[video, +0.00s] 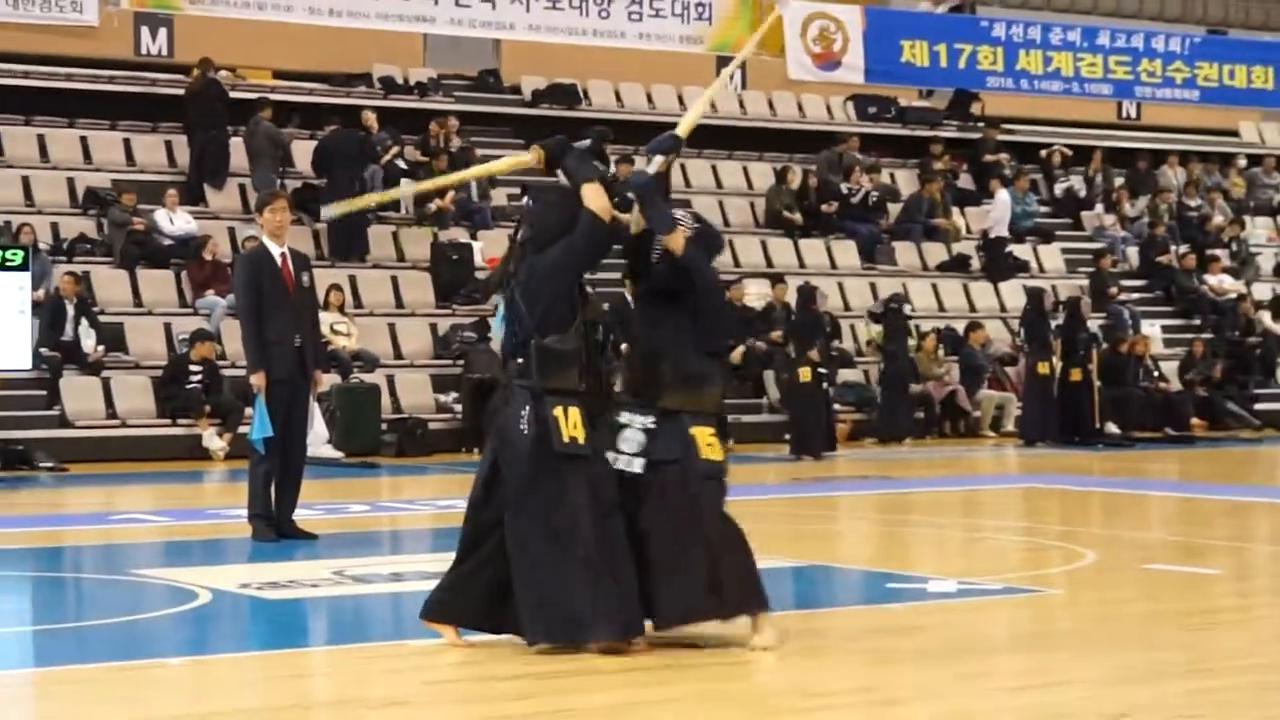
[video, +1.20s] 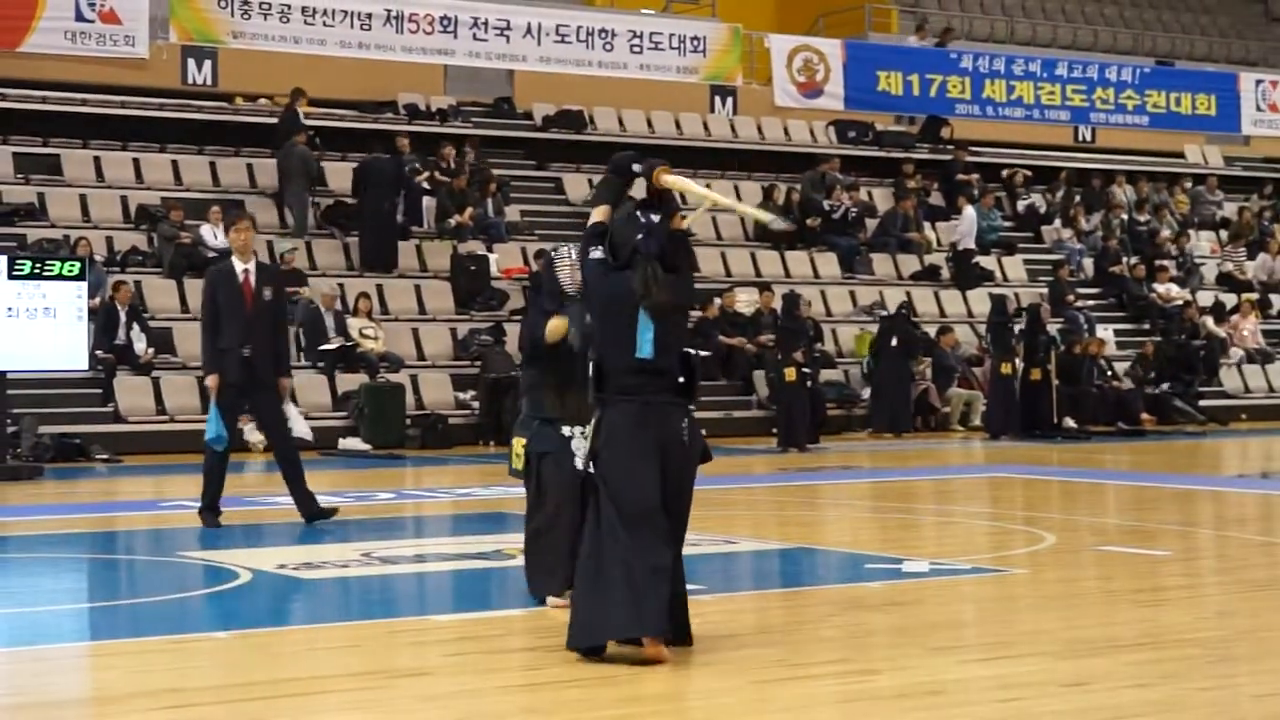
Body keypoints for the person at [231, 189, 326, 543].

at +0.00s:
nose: (279, 217)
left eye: (284, 211)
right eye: (272, 212)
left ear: (291, 216)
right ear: (260, 218)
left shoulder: (301, 260)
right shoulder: (249, 260)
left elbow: (311, 315)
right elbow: (247, 318)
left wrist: (316, 363)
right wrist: (255, 367)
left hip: (301, 363)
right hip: (269, 364)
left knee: (294, 445)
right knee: (266, 446)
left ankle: (285, 517)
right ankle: (260, 520)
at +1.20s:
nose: (242, 236)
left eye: (247, 230)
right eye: (236, 231)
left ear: (254, 234)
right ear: (227, 236)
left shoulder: (271, 272)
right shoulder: (216, 274)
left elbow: (280, 326)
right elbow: (209, 326)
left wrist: (283, 372)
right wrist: (210, 370)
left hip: (263, 369)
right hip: (228, 370)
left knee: (282, 440)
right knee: (219, 441)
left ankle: (309, 507)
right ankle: (209, 509)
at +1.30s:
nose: (226, 236)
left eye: (231, 230)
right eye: (220, 231)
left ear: (240, 234)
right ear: (211, 238)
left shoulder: (259, 276)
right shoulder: (200, 278)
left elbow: (266, 326)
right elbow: (192, 328)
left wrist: (270, 371)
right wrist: (194, 370)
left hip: (248, 370)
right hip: (212, 371)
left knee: (268, 440)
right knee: (206, 443)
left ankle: (292, 505)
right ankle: (208, 509)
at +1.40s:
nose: (212, 233)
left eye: (216, 228)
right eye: (207, 228)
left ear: (226, 232)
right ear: (198, 235)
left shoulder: (245, 269)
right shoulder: (187, 274)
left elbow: (255, 323)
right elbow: (181, 324)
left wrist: (258, 368)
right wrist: (183, 369)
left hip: (237, 367)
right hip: (200, 369)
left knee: (249, 440)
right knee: (199, 443)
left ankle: (261, 506)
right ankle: (206, 509)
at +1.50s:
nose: (201, 233)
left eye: (205, 227)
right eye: (195, 228)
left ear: (214, 231)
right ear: (186, 234)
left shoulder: (233, 267)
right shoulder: (178, 272)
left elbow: (244, 320)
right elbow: (172, 324)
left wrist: (246, 365)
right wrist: (174, 368)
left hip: (226, 364)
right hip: (191, 366)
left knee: (224, 435)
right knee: (194, 439)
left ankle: (227, 506)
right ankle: (204, 507)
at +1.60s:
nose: (188, 233)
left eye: (192, 227)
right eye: (183, 228)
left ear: (204, 230)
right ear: (176, 234)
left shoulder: (224, 267)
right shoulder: (170, 271)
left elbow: (234, 319)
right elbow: (165, 324)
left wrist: (235, 366)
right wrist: (167, 370)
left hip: (215, 363)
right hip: (182, 364)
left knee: (201, 431)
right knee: (187, 435)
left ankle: (192, 502)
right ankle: (204, 506)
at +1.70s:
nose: (178, 237)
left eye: (182, 231)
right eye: (171, 232)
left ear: (192, 234)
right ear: (164, 238)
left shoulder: (212, 270)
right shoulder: (160, 277)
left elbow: (223, 322)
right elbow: (155, 328)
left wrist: (224, 371)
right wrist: (158, 375)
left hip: (203, 368)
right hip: (170, 369)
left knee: (180, 433)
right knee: (182, 438)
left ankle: (156, 507)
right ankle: (205, 509)